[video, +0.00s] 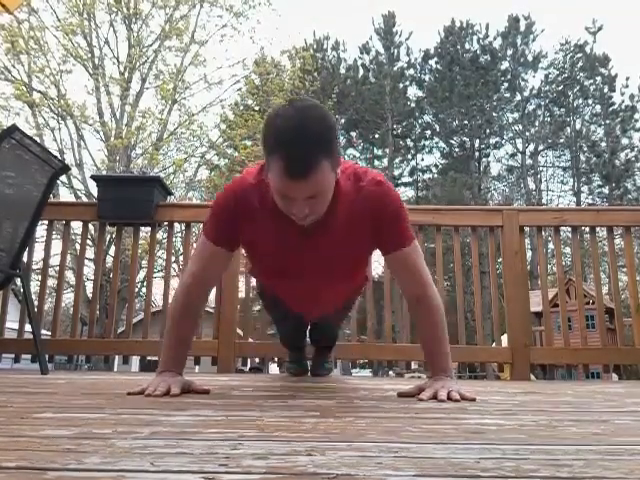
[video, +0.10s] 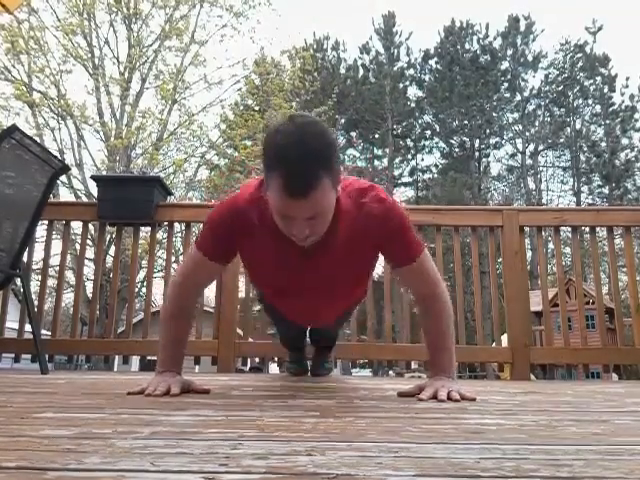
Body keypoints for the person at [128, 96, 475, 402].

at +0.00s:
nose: (299, 211)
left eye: (312, 198)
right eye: (286, 198)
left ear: (336, 170)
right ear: (267, 173)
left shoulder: (374, 197)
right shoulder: (239, 199)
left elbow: (419, 290)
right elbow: (194, 285)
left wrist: (441, 376)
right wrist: (168, 370)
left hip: (339, 295)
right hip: (279, 294)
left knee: (327, 333)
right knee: (291, 334)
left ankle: (323, 356)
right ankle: (296, 355)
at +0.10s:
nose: (300, 229)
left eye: (314, 217)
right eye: (286, 217)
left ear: (335, 186)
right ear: (267, 189)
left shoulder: (375, 211)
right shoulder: (236, 212)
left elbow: (430, 293)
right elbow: (184, 286)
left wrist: (442, 375)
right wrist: (167, 370)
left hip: (338, 306)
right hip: (282, 306)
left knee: (327, 337)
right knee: (293, 340)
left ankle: (322, 358)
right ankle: (297, 358)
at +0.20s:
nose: (298, 314)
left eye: (312, 302)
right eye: (283, 303)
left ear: (335, 268)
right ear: (263, 271)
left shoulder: (375, 259)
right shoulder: (236, 259)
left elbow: (447, 296)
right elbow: (165, 290)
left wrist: (444, 375)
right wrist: (165, 370)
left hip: (338, 334)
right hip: (272, 334)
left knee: (323, 349)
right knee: (287, 349)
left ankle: (319, 357)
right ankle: (295, 355)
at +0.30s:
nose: (297, 373)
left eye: (311, 360)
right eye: (282, 362)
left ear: (335, 314)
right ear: (258, 316)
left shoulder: (373, 286)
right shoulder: (236, 284)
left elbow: (447, 293)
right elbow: (165, 286)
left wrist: (443, 374)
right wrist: (165, 368)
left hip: (340, 365)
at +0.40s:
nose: (296, 393)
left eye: (309, 380)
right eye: (280, 382)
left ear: (336, 333)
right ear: (254, 330)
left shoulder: (370, 298)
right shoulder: (235, 294)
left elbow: (447, 293)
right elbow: (164, 286)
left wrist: (444, 374)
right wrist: (164, 369)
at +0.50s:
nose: (296, 360)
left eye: (309, 348)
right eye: (280, 350)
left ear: (334, 305)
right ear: (255, 308)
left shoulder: (371, 283)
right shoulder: (230, 280)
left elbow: (448, 295)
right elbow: (163, 290)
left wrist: (444, 375)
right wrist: (165, 369)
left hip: (339, 353)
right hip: (264, 352)